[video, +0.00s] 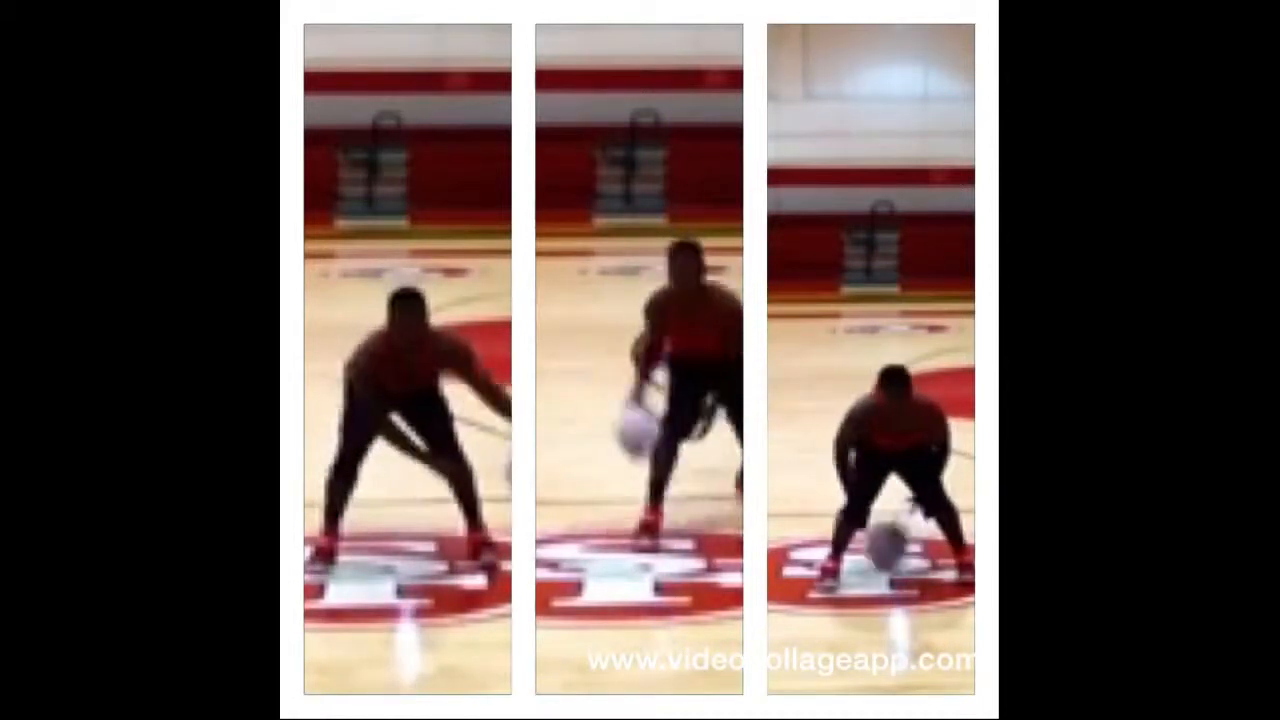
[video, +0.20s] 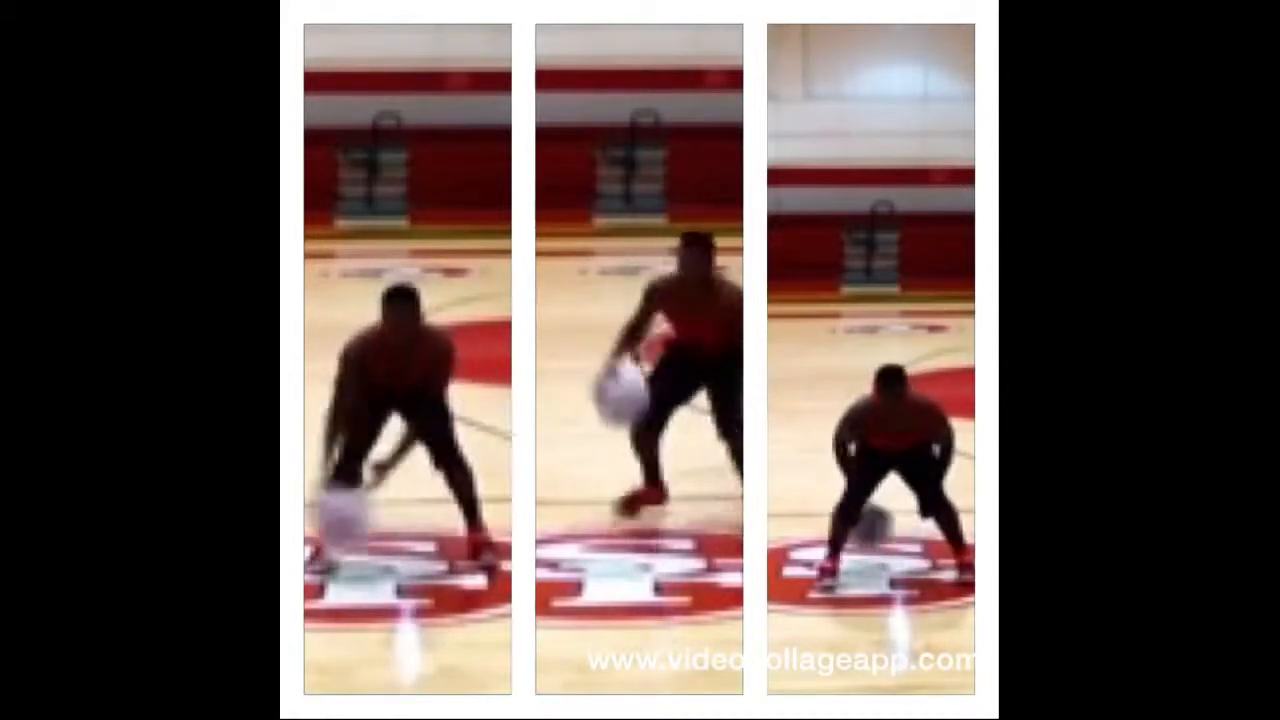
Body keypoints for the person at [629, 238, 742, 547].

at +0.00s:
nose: (681, 276)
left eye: (688, 269)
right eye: (676, 269)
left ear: (700, 269)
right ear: (669, 270)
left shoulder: (725, 305)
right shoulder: (662, 305)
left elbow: (741, 357)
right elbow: (652, 347)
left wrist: (722, 401)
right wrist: (640, 385)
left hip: (728, 371)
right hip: (687, 371)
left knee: (751, 436)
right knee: (669, 434)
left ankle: (746, 481)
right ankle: (653, 508)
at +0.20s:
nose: (690, 267)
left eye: (697, 261)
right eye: (686, 259)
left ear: (710, 261)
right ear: (679, 260)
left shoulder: (731, 298)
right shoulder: (663, 291)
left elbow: (751, 345)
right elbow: (637, 327)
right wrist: (614, 361)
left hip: (726, 362)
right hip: (683, 357)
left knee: (734, 430)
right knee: (644, 426)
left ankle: (754, 490)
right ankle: (653, 487)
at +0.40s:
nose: (701, 273)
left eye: (707, 265)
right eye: (694, 266)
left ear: (717, 267)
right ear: (685, 269)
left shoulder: (735, 306)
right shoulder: (669, 311)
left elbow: (743, 363)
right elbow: (670, 372)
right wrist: (695, 417)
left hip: (720, 378)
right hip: (676, 377)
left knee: (733, 435)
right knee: (632, 433)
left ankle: (753, 496)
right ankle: (646, 488)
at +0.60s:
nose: (706, 260)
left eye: (712, 252)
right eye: (699, 253)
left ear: (721, 252)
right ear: (689, 253)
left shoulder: (734, 283)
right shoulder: (669, 289)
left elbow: (754, 317)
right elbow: (636, 337)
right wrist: (631, 391)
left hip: (717, 351)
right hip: (671, 354)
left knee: (743, 417)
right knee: (649, 419)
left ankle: (744, 484)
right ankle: (642, 486)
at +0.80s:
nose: (694, 279)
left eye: (699, 271)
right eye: (688, 272)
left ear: (709, 271)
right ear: (678, 273)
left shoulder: (728, 308)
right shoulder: (664, 311)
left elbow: (735, 366)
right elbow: (644, 359)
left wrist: (710, 414)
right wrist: (642, 406)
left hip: (718, 377)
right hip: (680, 378)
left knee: (748, 430)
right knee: (676, 436)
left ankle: (731, 476)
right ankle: (652, 505)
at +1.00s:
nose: (681, 261)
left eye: (689, 254)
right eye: (676, 253)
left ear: (702, 255)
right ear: (669, 254)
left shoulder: (723, 289)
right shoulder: (654, 283)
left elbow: (748, 336)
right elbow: (617, 310)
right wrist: (589, 350)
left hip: (718, 352)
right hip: (673, 350)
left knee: (741, 427)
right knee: (653, 424)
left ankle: (752, 500)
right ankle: (648, 500)